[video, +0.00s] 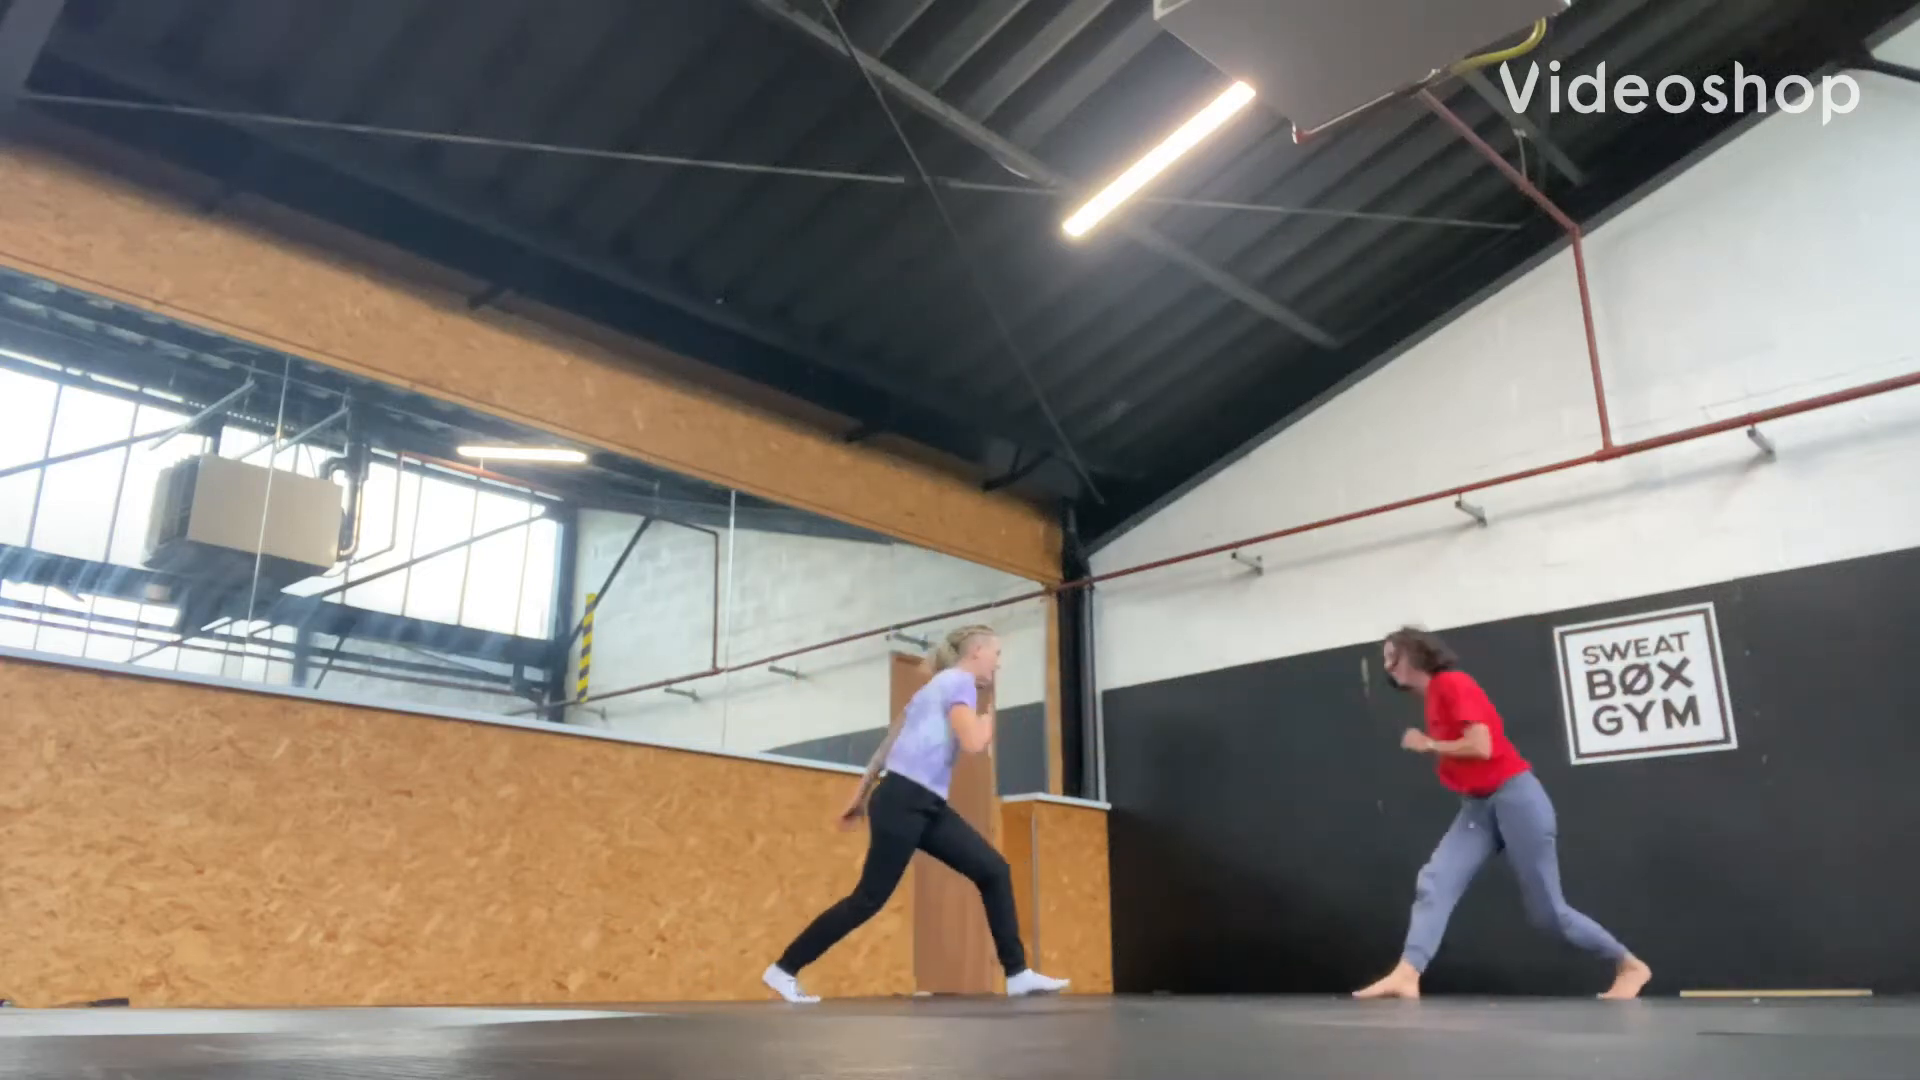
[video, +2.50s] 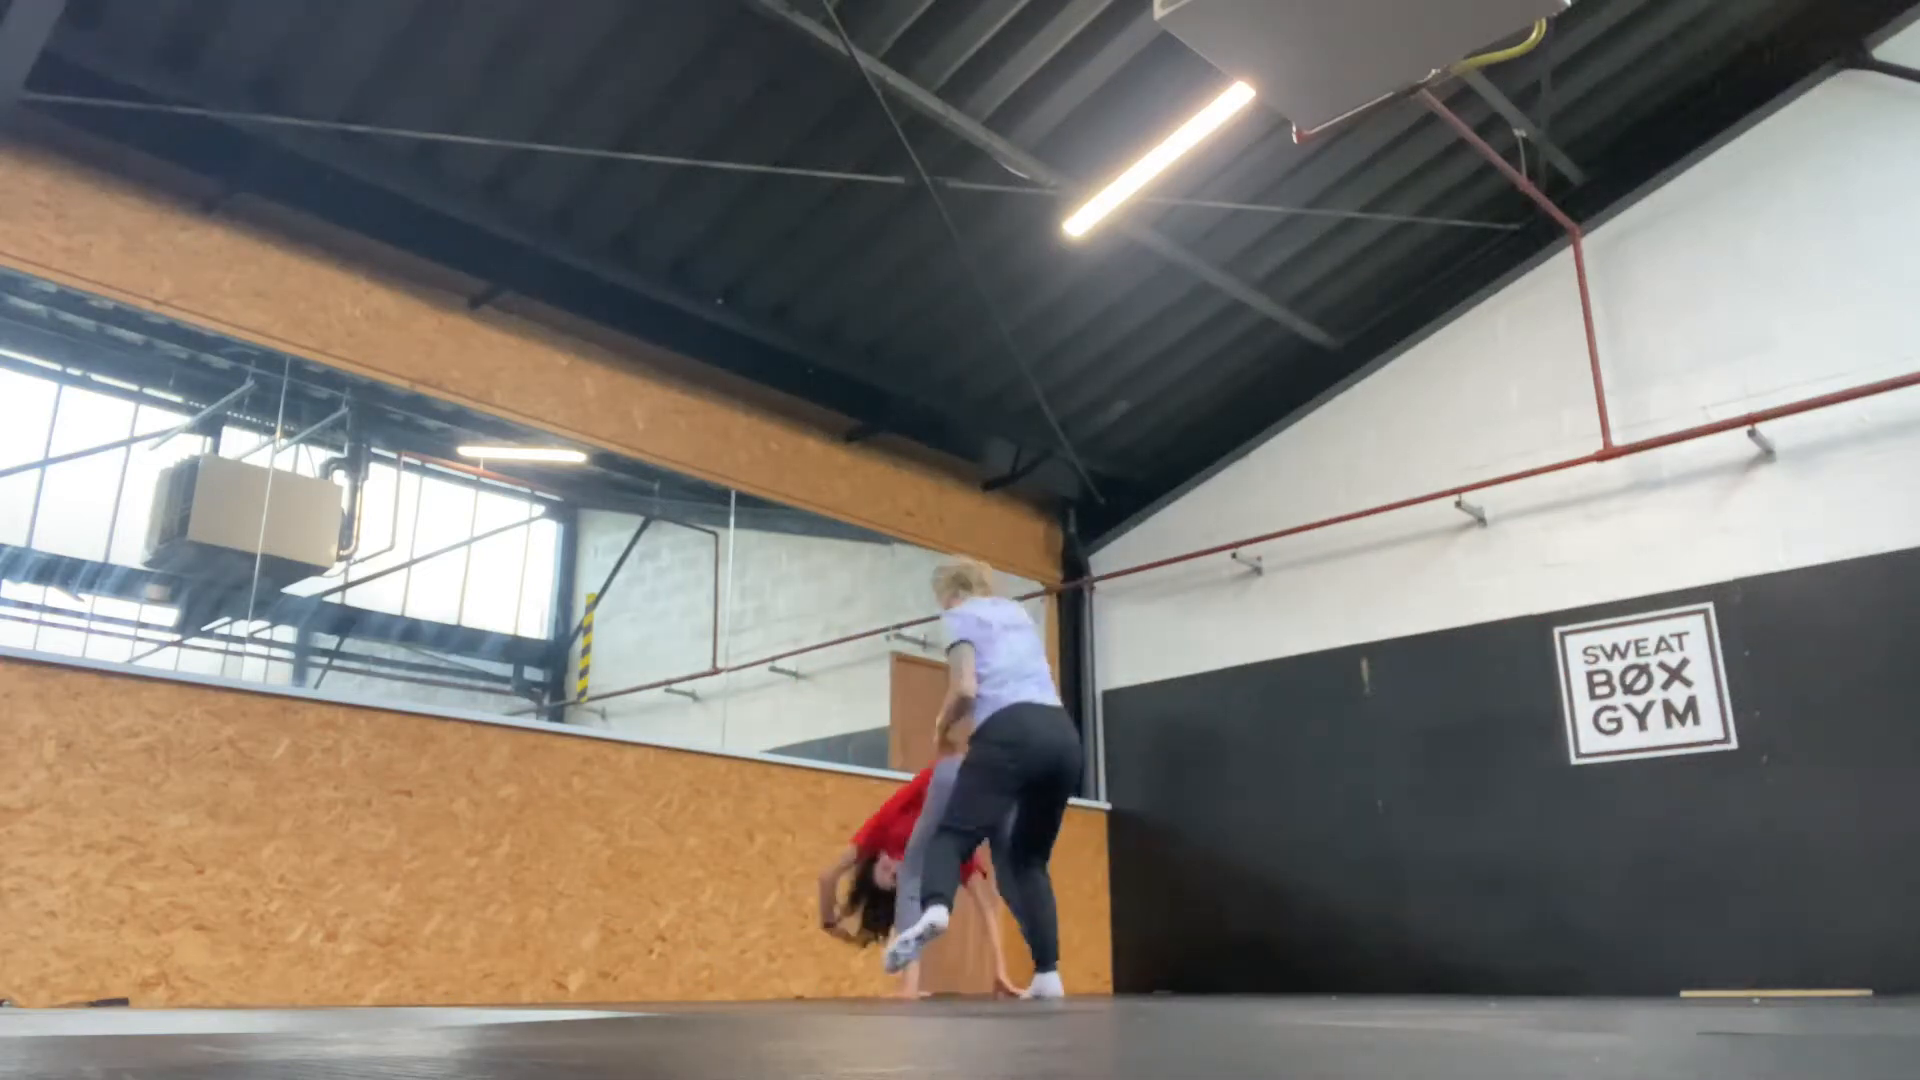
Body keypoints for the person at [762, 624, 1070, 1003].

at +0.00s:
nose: (998, 662)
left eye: (998, 654)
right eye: (994, 653)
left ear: (968, 655)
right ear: (973, 652)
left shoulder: (936, 687)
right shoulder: (957, 681)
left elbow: (890, 743)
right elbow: (974, 739)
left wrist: (861, 794)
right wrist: (988, 703)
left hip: (925, 807)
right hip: (903, 800)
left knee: (993, 870)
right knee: (869, 897)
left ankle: (1017, 974)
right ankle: (783, 970)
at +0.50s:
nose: (1059, 638)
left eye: (1063, 631)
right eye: (1053, 629)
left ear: (1058, 636)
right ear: (1028, 629)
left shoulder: (1025, 678)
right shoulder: (1022, 657)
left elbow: (1024, 748)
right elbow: (1043, 697)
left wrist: (1076, 743)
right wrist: (1080, 702)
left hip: (1004, 791)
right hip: (972, 780)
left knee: (1044, 875)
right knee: (993, 863)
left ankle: (1023, 979)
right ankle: (950, 962)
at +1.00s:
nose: (1018, 590)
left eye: (1013, 584)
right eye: (1016, 584)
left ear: (976, 593)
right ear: (1012, 587)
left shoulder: (969, 637)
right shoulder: (1041, 619)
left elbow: (905, 661)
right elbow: (1105, 635)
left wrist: (891, 616)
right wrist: (1109, 588)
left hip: (1025, 755)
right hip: (1073, 747)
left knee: (1035, 872)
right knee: (1029, 861)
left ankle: (1078, 975)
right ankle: (1010, 962)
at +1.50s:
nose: (1057, 614)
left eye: (1061, 607)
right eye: (1056, 604)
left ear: (1039, 600)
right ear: (1038, 594)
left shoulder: (996, 635)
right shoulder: (1008, 610)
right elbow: (1055, 626)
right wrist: (1098, 595)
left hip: (989, 758)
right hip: (997, 719)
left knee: (1057, 854)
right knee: (1085, 692)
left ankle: (1049, 976)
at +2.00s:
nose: (1036, 605)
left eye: (1038, 597)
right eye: (1035, 594)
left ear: (1004, 587)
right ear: (1022, 588)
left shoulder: (996, 633)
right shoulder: (987, 613)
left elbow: (973, 717)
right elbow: (1020, 647)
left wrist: (1001, 765)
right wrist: (1073, 625)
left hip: (977, 762)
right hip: (945, 751)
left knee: (1048, 848)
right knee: (970, 849)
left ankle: (1000, 960)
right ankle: (912, 978)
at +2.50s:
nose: (942, 607)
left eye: (942, 600)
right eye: (941, 601)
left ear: (952, 594)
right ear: (984, 587)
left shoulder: (960, 616)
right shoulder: (1018, 613)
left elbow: (966, 688)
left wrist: (943, 724)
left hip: (1010, 729)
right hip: (1062, 731)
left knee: (952, 836)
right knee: (1026, 859)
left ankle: (935, 909)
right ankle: (1048, 975)